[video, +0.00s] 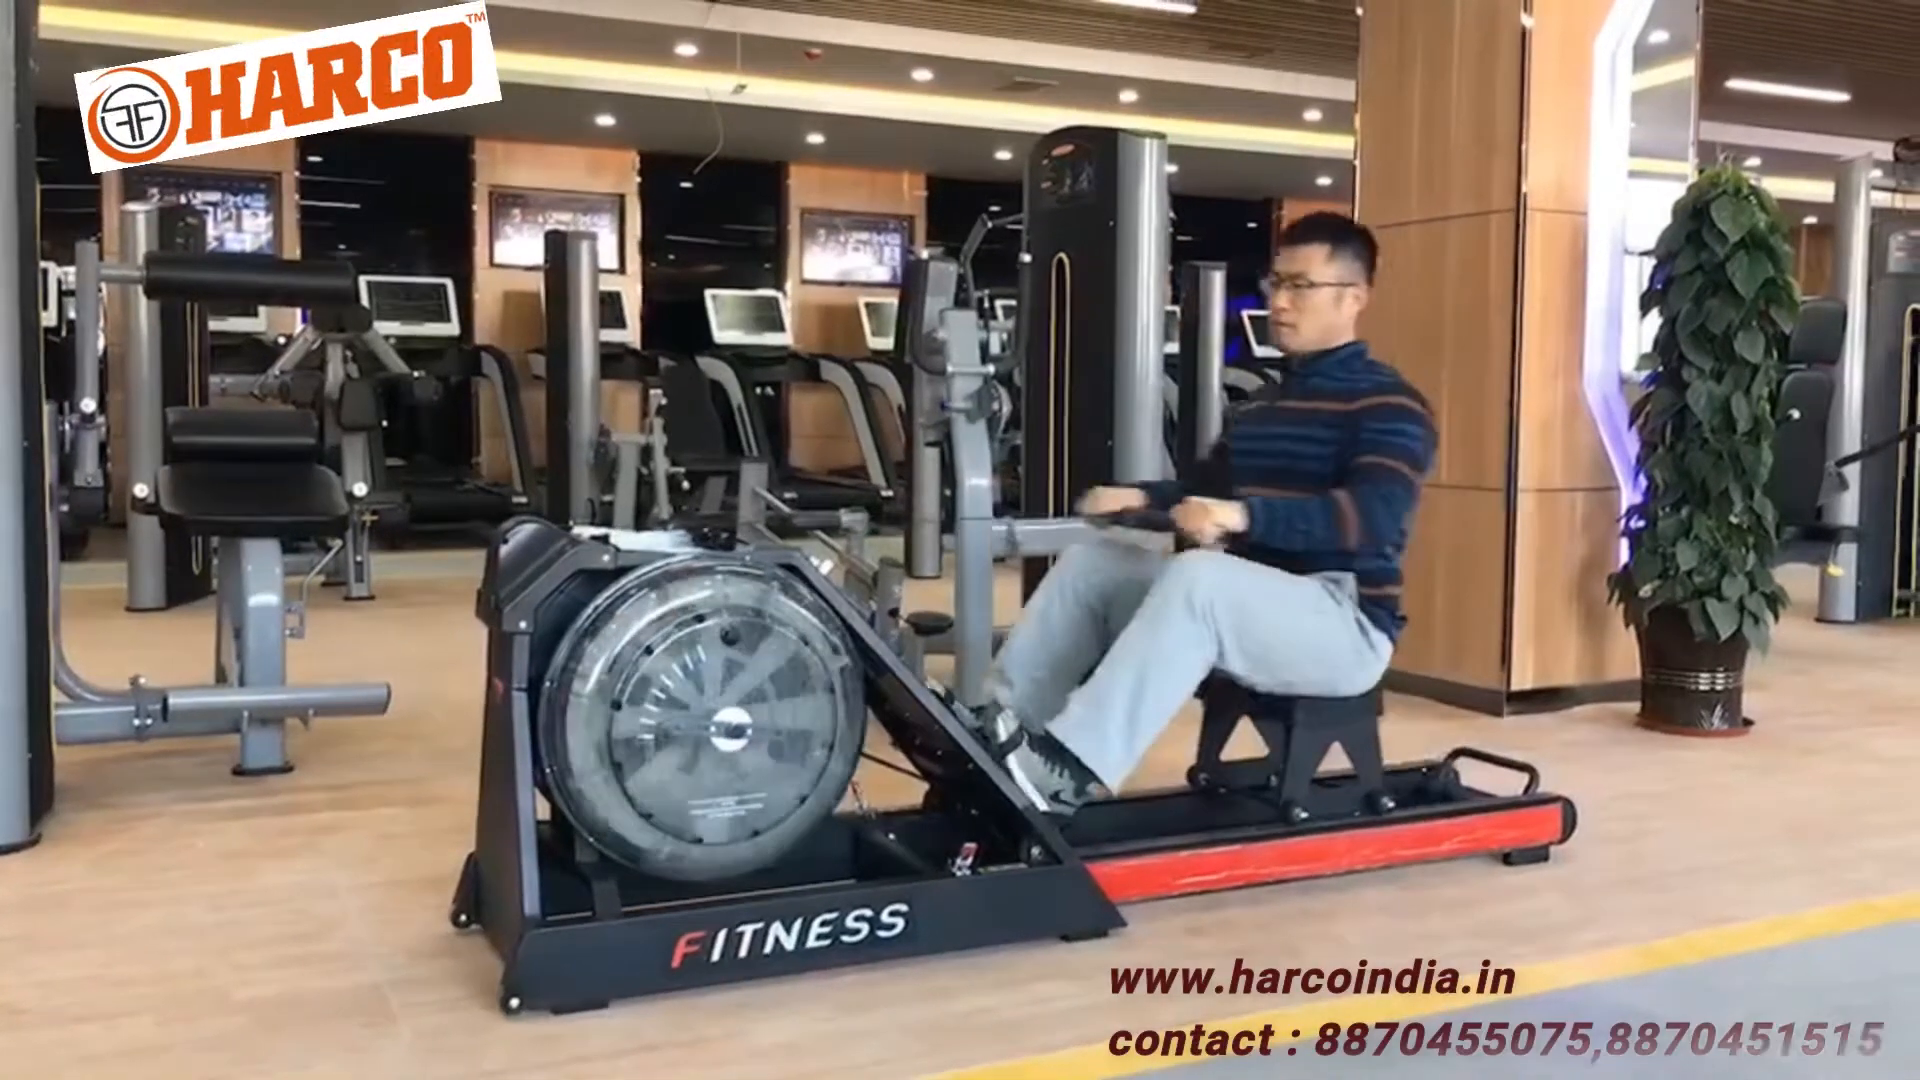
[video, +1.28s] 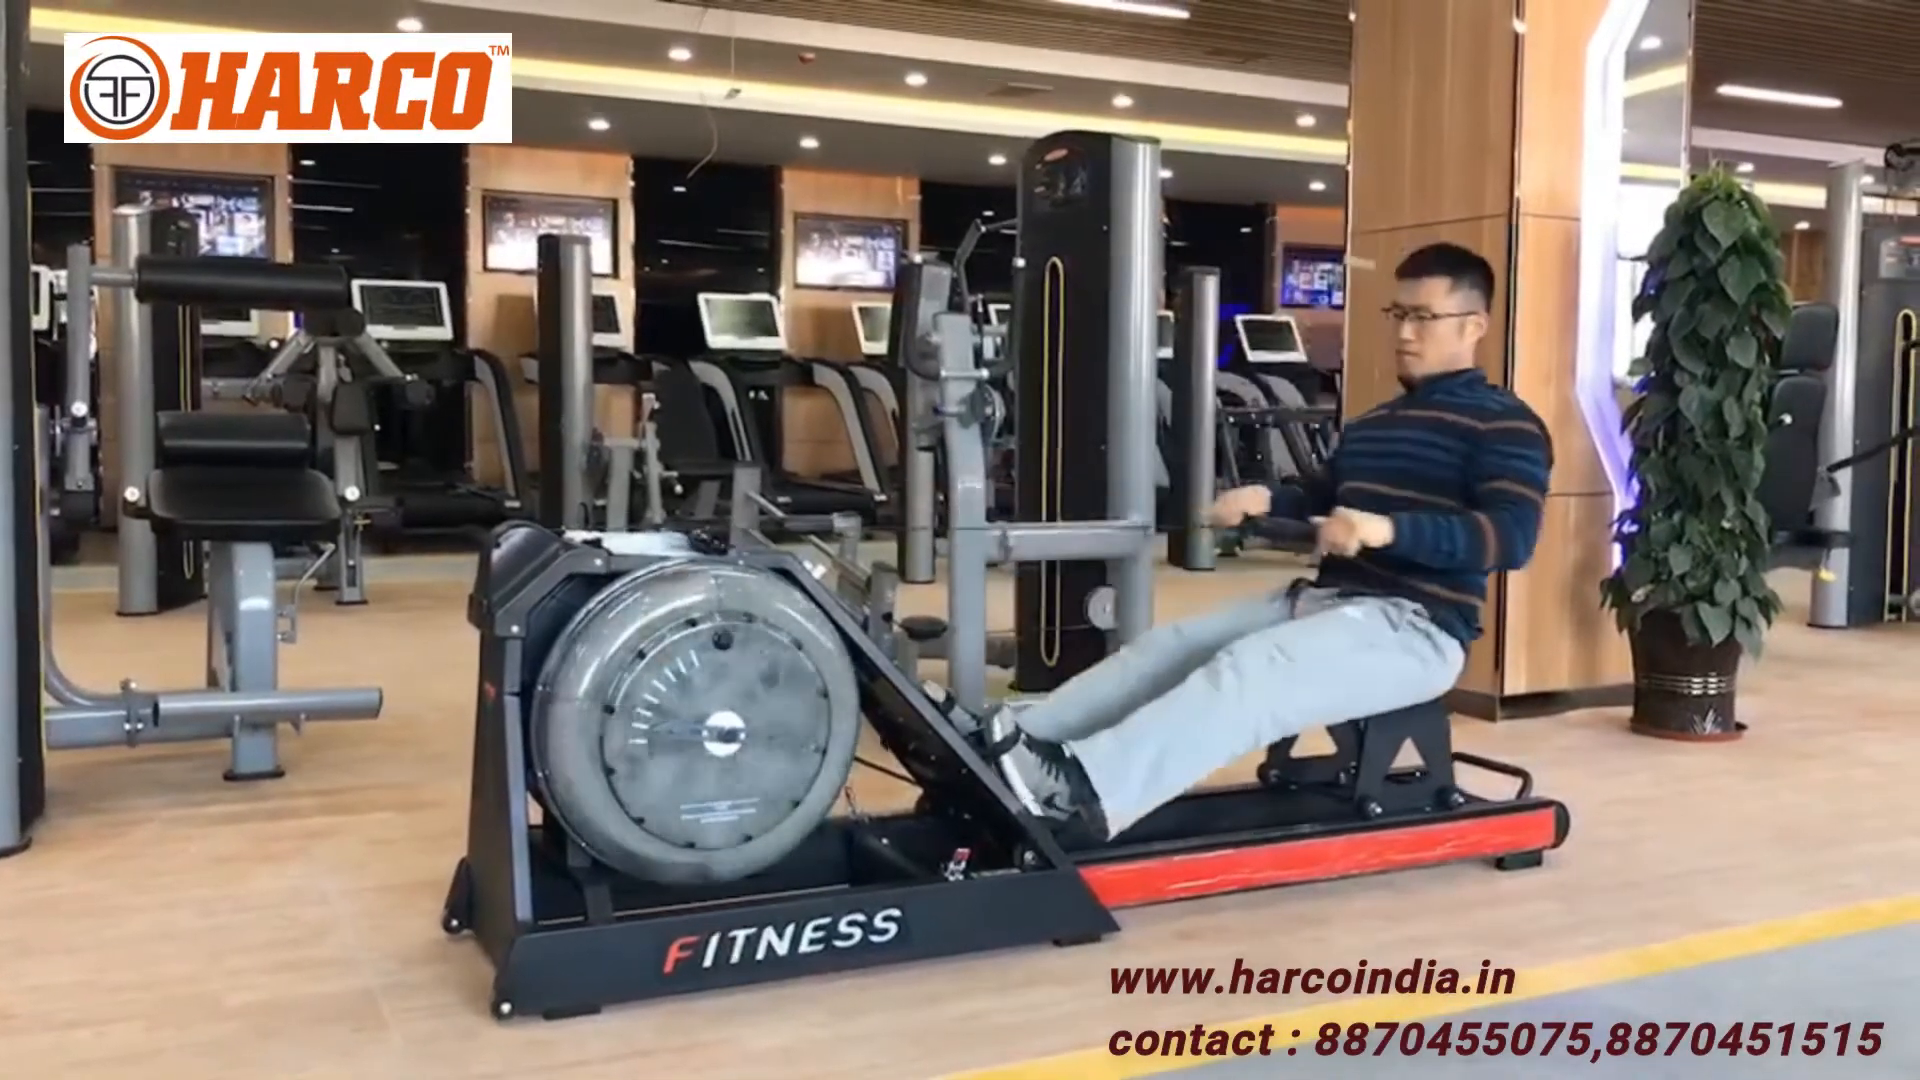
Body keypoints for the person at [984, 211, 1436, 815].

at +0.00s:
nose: (1277, 301)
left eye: (1298, 286)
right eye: (1274, 285)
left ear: (1354, 299)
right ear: (1268, 290)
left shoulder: (1390, 405)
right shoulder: (1266, 404)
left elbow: (1370, 520)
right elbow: (1211, 493)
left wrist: (1248, 516)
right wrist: (1143, 498)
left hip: (1347, 626)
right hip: (1251, 604)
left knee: (1198, 581)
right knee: (1090, 560)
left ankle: (1074, 764)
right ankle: (1000, 725)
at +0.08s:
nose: (1250, 301)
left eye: (1272, 285)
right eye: (1248, 284)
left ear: (1331, 299)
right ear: (1240, 290)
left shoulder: (1359, 403)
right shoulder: (1234, 399)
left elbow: (1321, 508)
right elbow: (1181, 473)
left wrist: (1198, 514)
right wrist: (1099, 495)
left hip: (1326, 624)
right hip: (1229, 601)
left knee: (1182, 575)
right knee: (1069, 559)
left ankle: (1062, 764)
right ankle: (989, 732)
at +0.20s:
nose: (1204, 297)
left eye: (1225, 282)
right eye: (1201, 281)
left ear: (1281, 298)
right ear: (1194, 287)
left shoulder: (1307, 400)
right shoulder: (1191, 396)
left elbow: (1231, 492)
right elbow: (1110, 463)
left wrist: (1105, 508)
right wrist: (1011, 488)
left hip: (1289, 630)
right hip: (1190, 602)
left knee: (1149, 564)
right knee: (1028, 555)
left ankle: (1051, 765)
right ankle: (980, 743)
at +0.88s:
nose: (1294, 305)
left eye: (1313, 292)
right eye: (1291, 289)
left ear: (1365, 306)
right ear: (1282, 294)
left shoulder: (1388, 406)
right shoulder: (1266, 397)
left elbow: (1319, 491)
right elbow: (1191, 462)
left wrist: (1195, 506)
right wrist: (1095, 484)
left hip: (1340, 621)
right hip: (1249, 596)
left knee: (1195, 593)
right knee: (1084, 572)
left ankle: (1054, 770)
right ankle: (980, 729)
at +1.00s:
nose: (1346, 315)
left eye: (1366, 300)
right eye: (1341, 299)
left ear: (1418, 314)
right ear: (1333, 307)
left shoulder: (1441, 409)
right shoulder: (1314, 404)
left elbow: (1386, 507)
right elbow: (1248, 477)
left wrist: (1266, 507)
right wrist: (1163, 486)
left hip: (1376, 623)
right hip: (1288, 601)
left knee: (1217, 622)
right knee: (1118, 594)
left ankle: (1068, 775)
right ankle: (986, 738)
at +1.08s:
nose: (1367, 321)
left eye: (1389, 307)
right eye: (1361, 304)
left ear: (1439, 320)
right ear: (1351, 309)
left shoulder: (1464, 414)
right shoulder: (1336, 411)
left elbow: (1424, 514)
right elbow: (1273, 486)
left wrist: (1302, 513)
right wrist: (1194, 492)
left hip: (1388, 623)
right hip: (1299, 603)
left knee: (1229, 634)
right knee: (1124, 608)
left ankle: (1075, 777)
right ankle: (991, 739)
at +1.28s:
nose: (1403, 332)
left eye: (1424, 317)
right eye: (1398, 316)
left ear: (1475, 329)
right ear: (1390, 320)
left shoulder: (1508, 423)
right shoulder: (1374, 422)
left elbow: (1509, 538)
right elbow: (1329, 504)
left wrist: (1391, 530)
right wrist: (1267, 501)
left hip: (1413, 625)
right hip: (1325, 599)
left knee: (1248, 675)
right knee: (1174, 643)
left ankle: (1087, 792)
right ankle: (1014, 736)